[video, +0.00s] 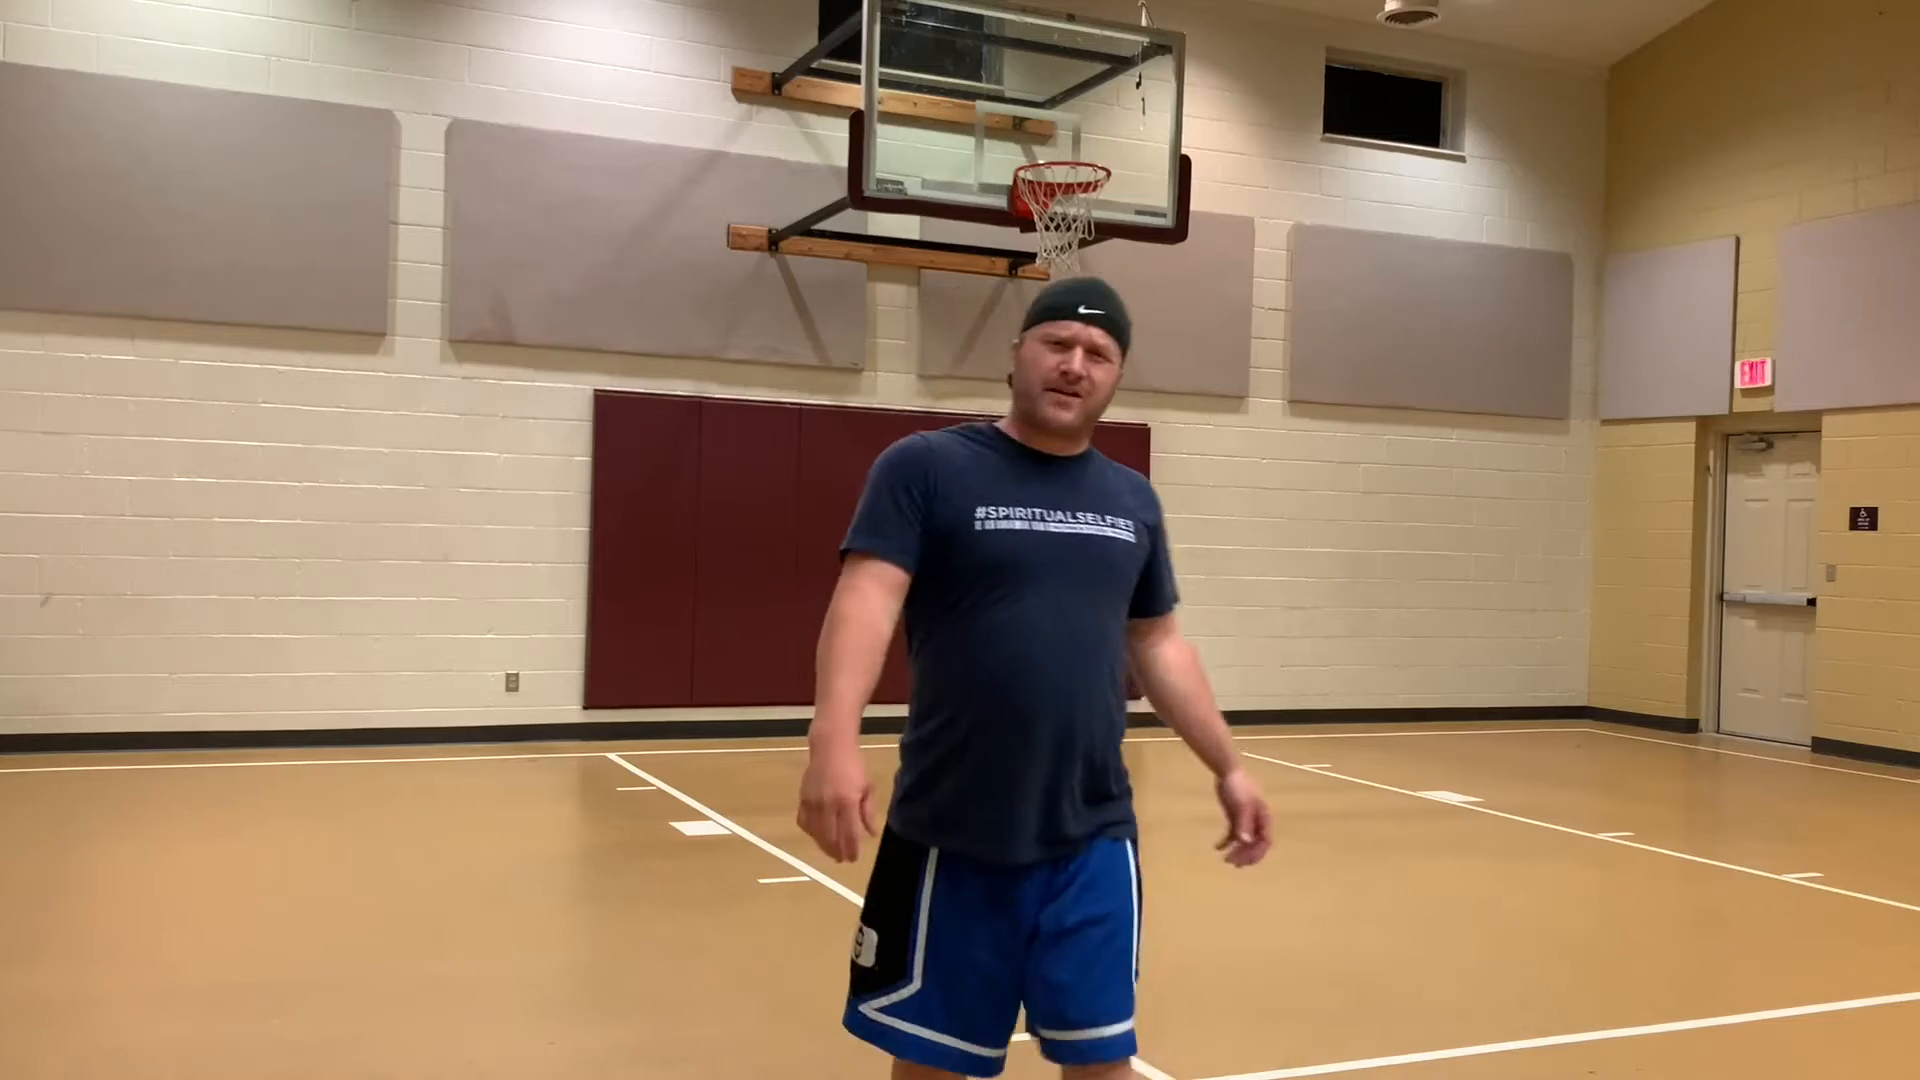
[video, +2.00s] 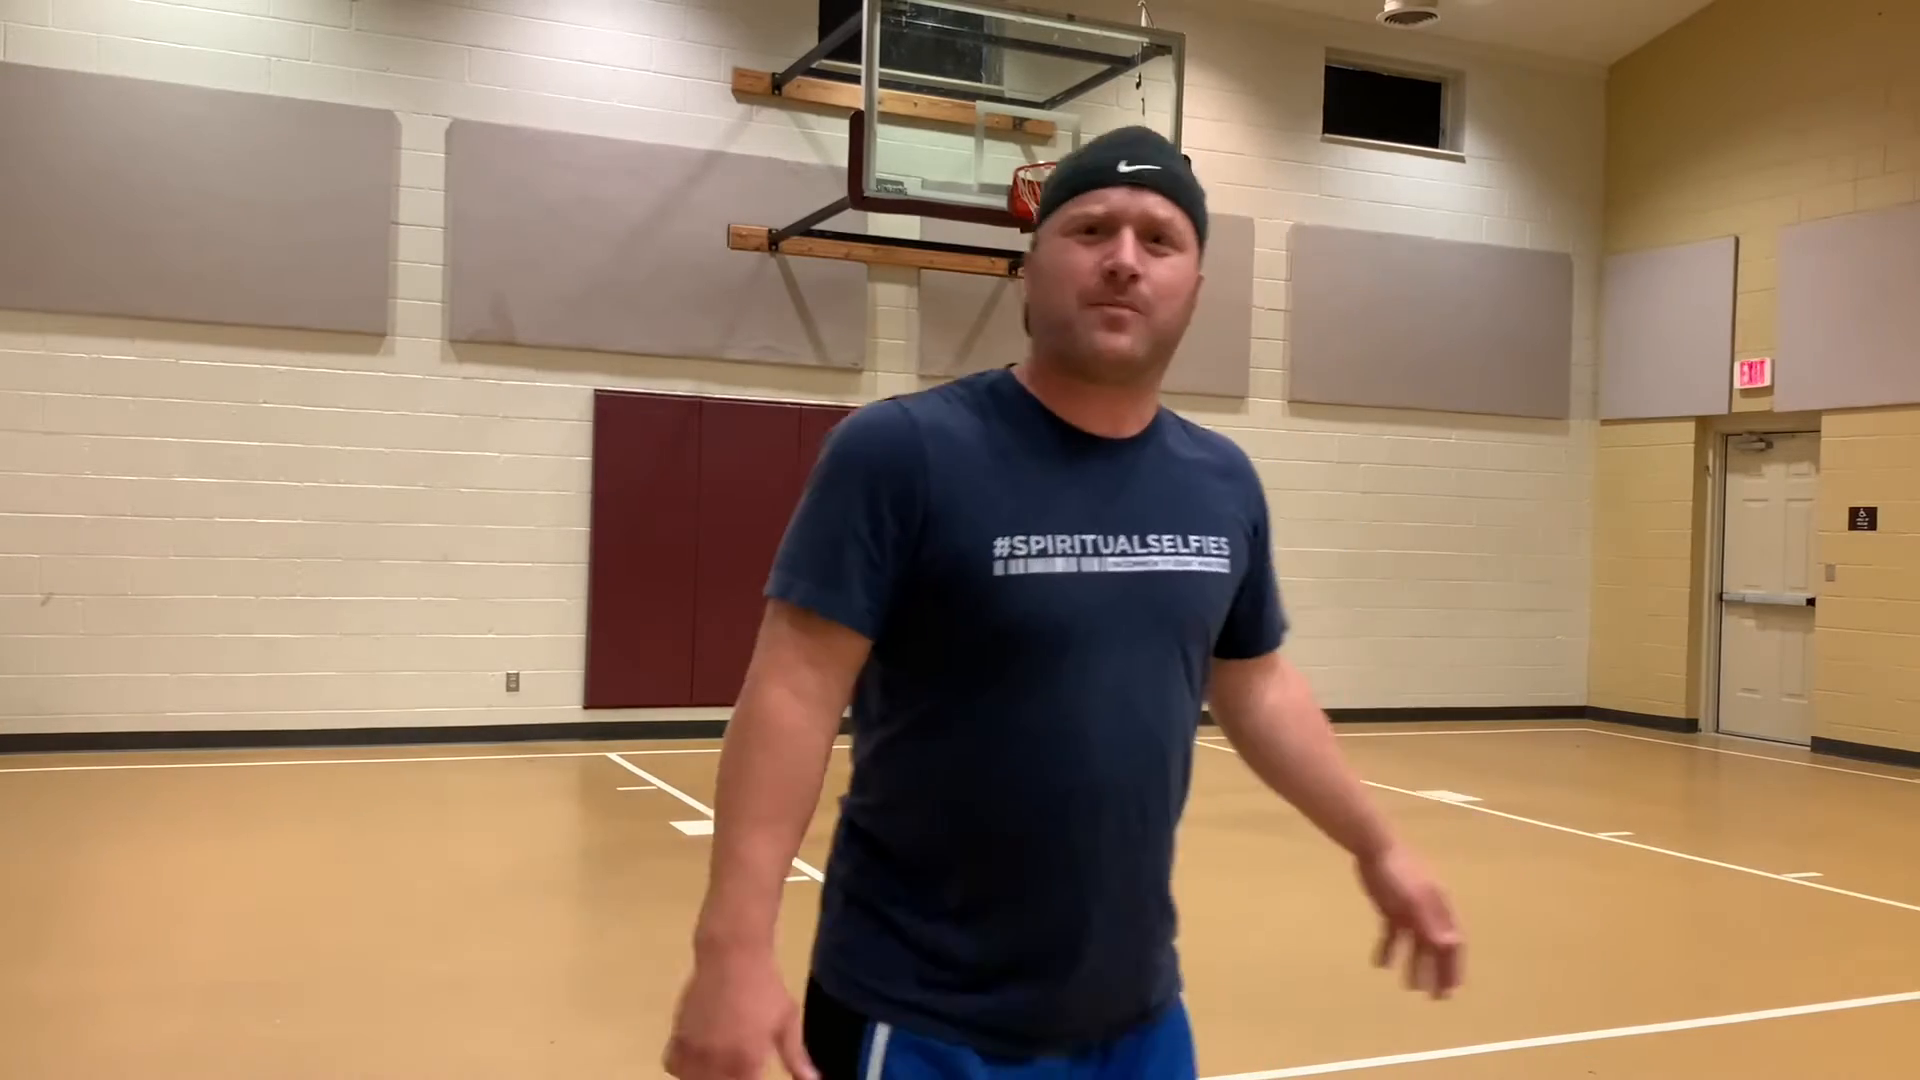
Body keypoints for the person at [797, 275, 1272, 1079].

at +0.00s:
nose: (1074, 366)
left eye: (1095, 354)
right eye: (1058, 345)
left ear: (1117, 378)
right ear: (1017, 354)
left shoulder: (1133, 501)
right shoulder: (926, 469)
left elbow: (1158, 640)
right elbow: (866, 601)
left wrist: (1230, 764)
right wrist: (833, 747)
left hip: (1090, 832)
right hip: (955, 828)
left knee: (1102, 1057)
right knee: (934, 1060)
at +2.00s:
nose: (1125, 260)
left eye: (1159, 239)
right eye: (1093, 230)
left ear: (1197, 288)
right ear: (1031, 259)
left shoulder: (1221, 482)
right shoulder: (899, 453)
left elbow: (1257, 682)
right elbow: (794, 689)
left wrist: (1378, 843)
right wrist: (734, 952)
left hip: (1129, 1008)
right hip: (919, 1014)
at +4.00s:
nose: (995, 247)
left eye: (1025, 223)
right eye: (960, 223)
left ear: (1065, 260)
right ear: (907, 263)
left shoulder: (1097, 437)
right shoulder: (835, 455)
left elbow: (1134, 618)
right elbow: (797, 710)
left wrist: (1242, 763)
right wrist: (974, 626)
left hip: (1072, 954)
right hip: (901, 973)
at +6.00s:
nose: (1079, 262)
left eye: (1091, 239)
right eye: (1037, 241)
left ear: (1110, 266)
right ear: (961, 289)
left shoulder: (1128, 430)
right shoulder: (909, 453)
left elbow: (1243, 575)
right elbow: (891, 701)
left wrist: (1086, 489)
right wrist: (984, 949)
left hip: (1046, 946)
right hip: (896, 952)